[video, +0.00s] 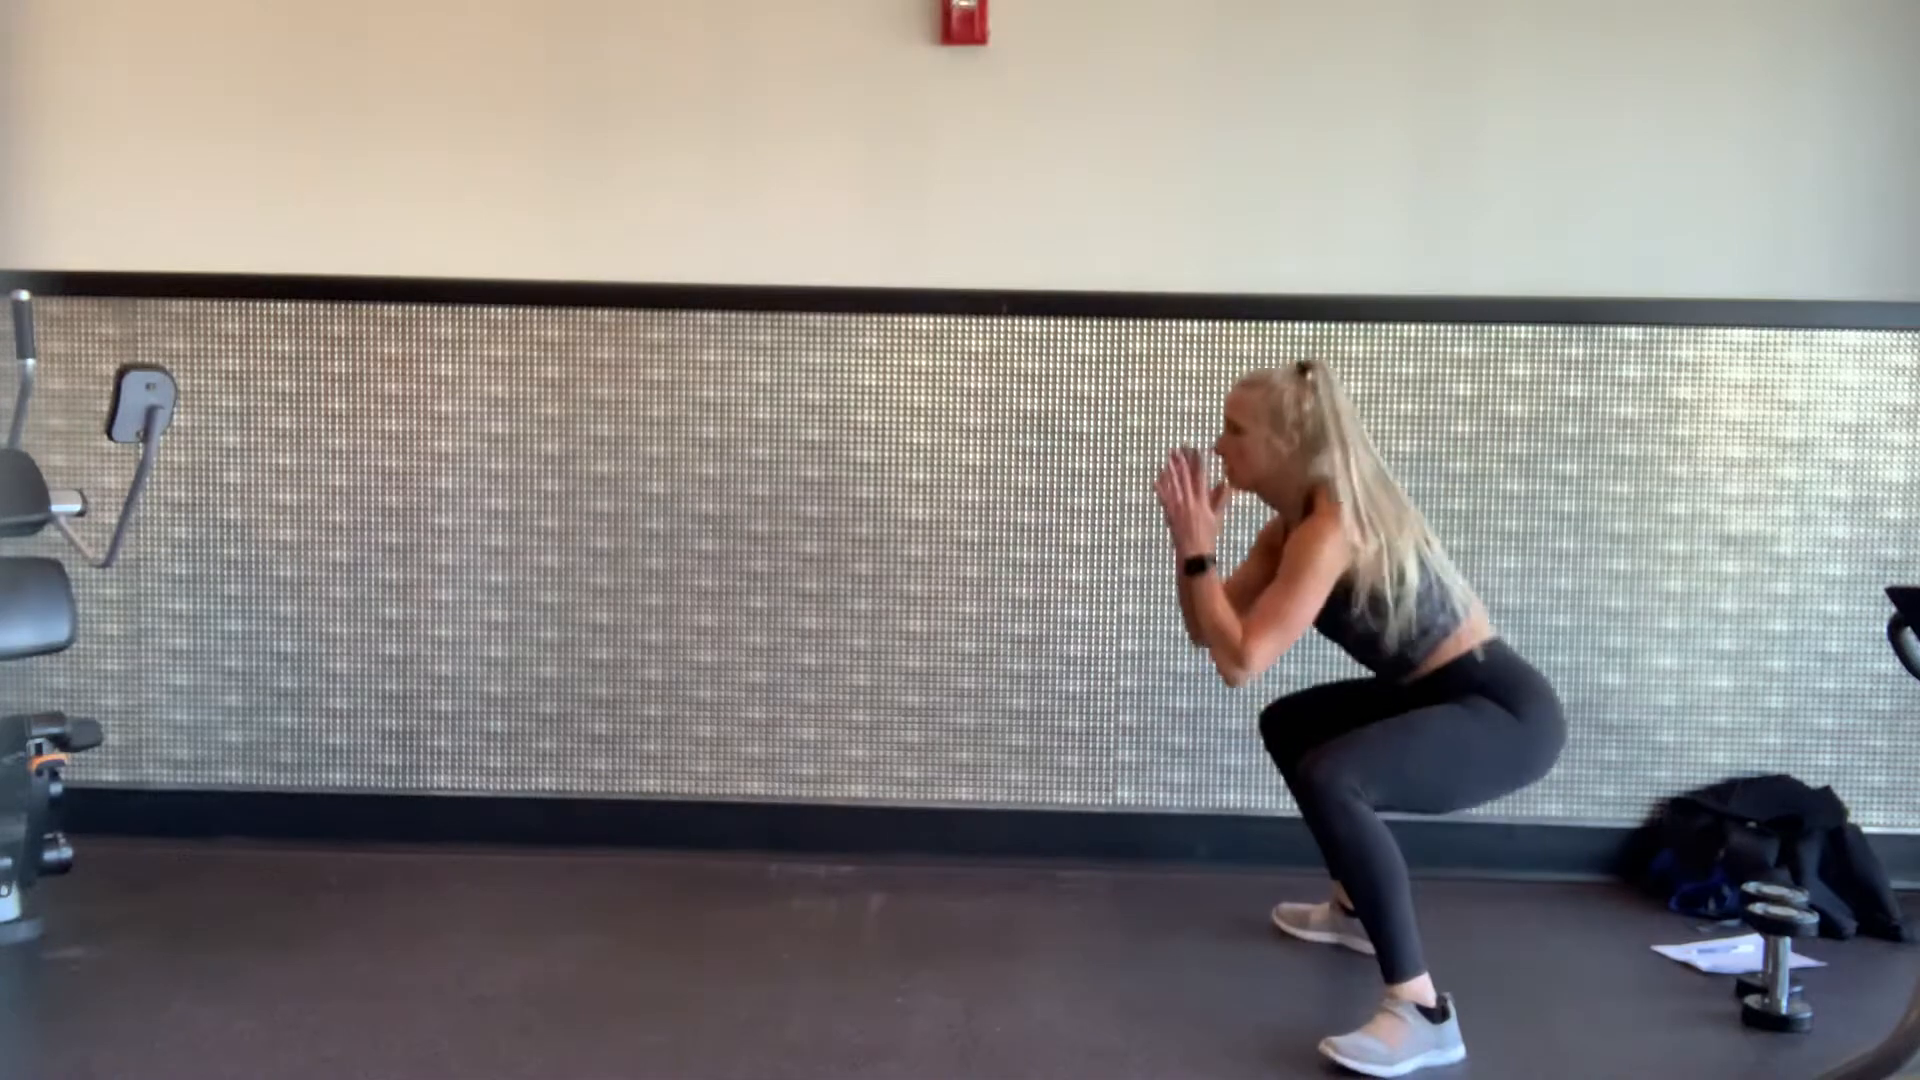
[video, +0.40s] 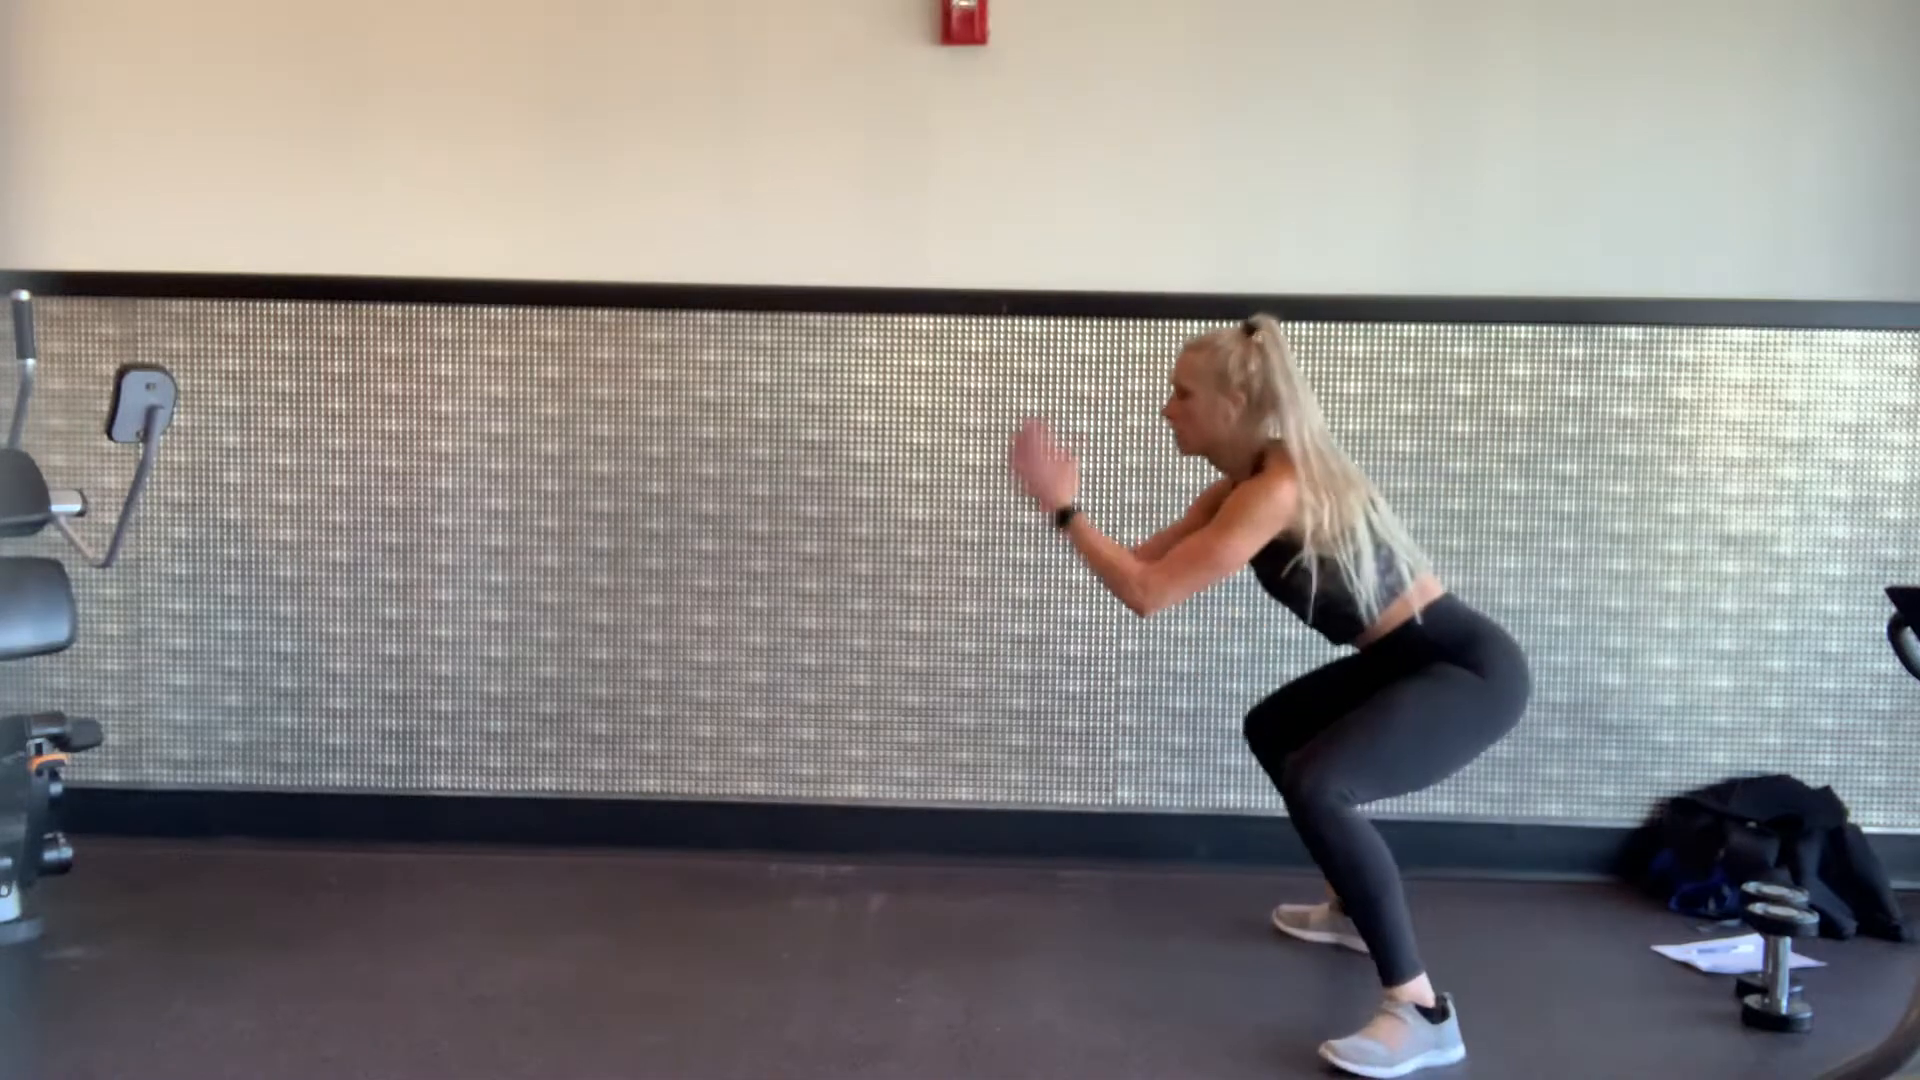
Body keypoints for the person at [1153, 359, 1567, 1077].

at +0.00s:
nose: (1221, 443)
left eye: (1235, 430)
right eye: (1225, 428)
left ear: (1282, 445)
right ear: (1281, 446)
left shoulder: (1330, 525)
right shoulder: (1292, 526)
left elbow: (1238, 659)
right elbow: (1217, 631)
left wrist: (1196, 551)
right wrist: (1192, 548)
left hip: (1505, 712)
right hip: (1441, 694)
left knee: (1334, 777)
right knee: (1288, 728)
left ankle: (1422, 1008)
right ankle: (1356, 911)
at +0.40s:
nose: (1168, 408)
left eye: (1181, 394)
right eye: (1171, 392)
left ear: (1230, 407)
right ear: (1232, 409)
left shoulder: (1277, 488)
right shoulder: (1242, 485)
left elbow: (1148, 593)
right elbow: (1142, 566)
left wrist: (1063, 509)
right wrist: (1062, 508)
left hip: (1469, 669)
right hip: (1412, 658)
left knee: (1321, 782)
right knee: (1274, 727)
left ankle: (1419, 1007)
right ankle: (1357, 906)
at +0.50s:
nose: (1143, 418)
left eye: (1154, 400)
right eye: (1144, 401)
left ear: (1208, 404)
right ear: (1207, 408)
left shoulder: (1259, 488)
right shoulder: (1215, 492)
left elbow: (1141, 603)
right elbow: (1120, 583)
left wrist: (1014, 641)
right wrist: (1012, 631)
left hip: (1446, 669)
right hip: (1390, 662)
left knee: (1299, 794)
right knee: (1255, 734)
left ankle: (1419, 1010)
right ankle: (1357, 907)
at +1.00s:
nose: (876, 155)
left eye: (888, 139)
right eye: (877, 139)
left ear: (936, 145)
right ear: (937, 143)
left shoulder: (985, 226)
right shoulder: (962, 227)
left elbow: (1046, 362)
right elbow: (1033, 361)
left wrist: (972, 467)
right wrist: (986, 455)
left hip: (1077, 471)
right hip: (1055, 471)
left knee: (994, 679)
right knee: (992, 670)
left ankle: (1026, 918)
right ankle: (1011, 845)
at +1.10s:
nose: (802, 211)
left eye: (811, 197)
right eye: (805, 195)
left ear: (851, 200)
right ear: (871, 194)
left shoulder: (894, 287)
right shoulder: (917, 273)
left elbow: (865, 442)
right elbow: (881, 429)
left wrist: (760, 472)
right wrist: (783, 465)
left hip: (1017, 519)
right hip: (1017, 511)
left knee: (905, 712)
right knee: (908, 698)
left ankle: (825, 945)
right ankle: (848, 850)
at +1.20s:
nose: (743, 311)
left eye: (754, 298)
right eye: (748, 296)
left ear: (791, 313)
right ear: (815, 311)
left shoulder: (829, 401)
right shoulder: (847, 387)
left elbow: (705, 514)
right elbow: (727, 496)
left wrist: (635, 438)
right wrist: (653, 434)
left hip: (953, 627)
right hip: (952, 613)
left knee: (758, 740)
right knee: (781, 717)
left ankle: (751, 981)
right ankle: (787, 882)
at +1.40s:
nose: (644, 442)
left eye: (659, 432)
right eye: (654, 428)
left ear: (688, 458)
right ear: (719, 458)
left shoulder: (720, 536)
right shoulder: (732, 526)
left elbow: (567, 612)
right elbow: (604, 586)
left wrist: (570, 498)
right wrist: (580, 496)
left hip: (857, 754)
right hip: (846, 728)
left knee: (652, 770)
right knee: (689, 711)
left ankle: (743, 981)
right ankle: (778, 882)